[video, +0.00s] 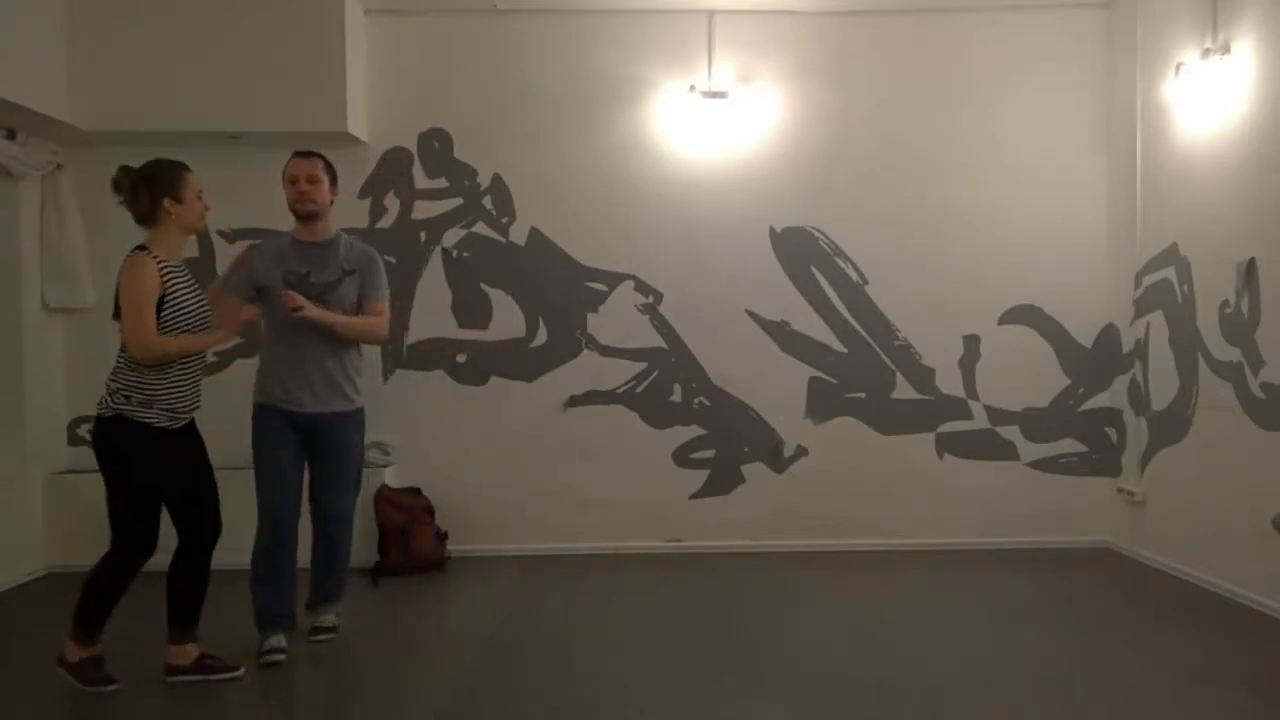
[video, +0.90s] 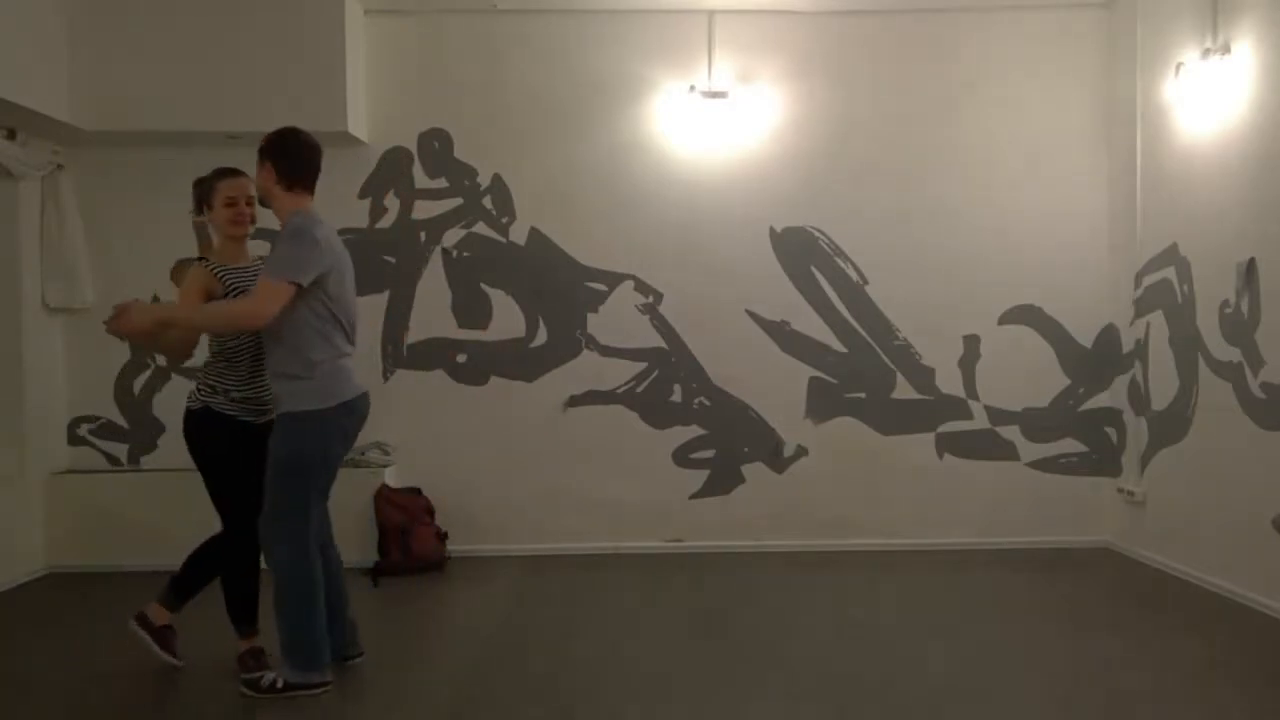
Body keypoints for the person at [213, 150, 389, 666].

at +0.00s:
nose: (302, 189)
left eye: (313, 181)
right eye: (294, 182)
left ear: (333, 191)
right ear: (284, 193)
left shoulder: (363, 258)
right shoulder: (263, 254)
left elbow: (378, 329)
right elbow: (215, 307)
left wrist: (318, 313)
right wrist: (247, 312)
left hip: (340, 409)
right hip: (277, 407)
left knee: (334, 515)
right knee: (277, 516)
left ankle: (326, 606)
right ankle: (273, 626)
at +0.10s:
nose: (301, 191)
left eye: (311, 183)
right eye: (292, 184)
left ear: (333, 193)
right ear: (283, 195)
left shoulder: (365, 261)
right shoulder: (262, 257)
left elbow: (373, 332)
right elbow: (213, 309)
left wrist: (302, 316)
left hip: (340, 411)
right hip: (277, 408)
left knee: (333, 516)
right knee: (274, 518)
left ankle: (325, 605)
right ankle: (283, 627)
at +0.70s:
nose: (259, 176)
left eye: (271, 168)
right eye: (257, 168)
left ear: (305, 180)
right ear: (264, 182)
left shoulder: (325, 246)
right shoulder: (280, 252)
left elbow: (319, 332)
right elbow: (269, 327)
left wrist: (229, 341)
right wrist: (212, 333)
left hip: (318, 410)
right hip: (290, 410)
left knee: (284, 529)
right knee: (289, 528)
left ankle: (306, 662)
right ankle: (310, 645)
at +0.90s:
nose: (254, 196)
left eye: (257, 185)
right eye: (250, 188)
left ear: (273, 181)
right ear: (311, 176)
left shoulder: (298, 238)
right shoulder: (318, 238)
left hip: (310, 410)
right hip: (331, 406)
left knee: (284, 527)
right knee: (302, 522)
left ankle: (307, 663)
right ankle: (337, 639)